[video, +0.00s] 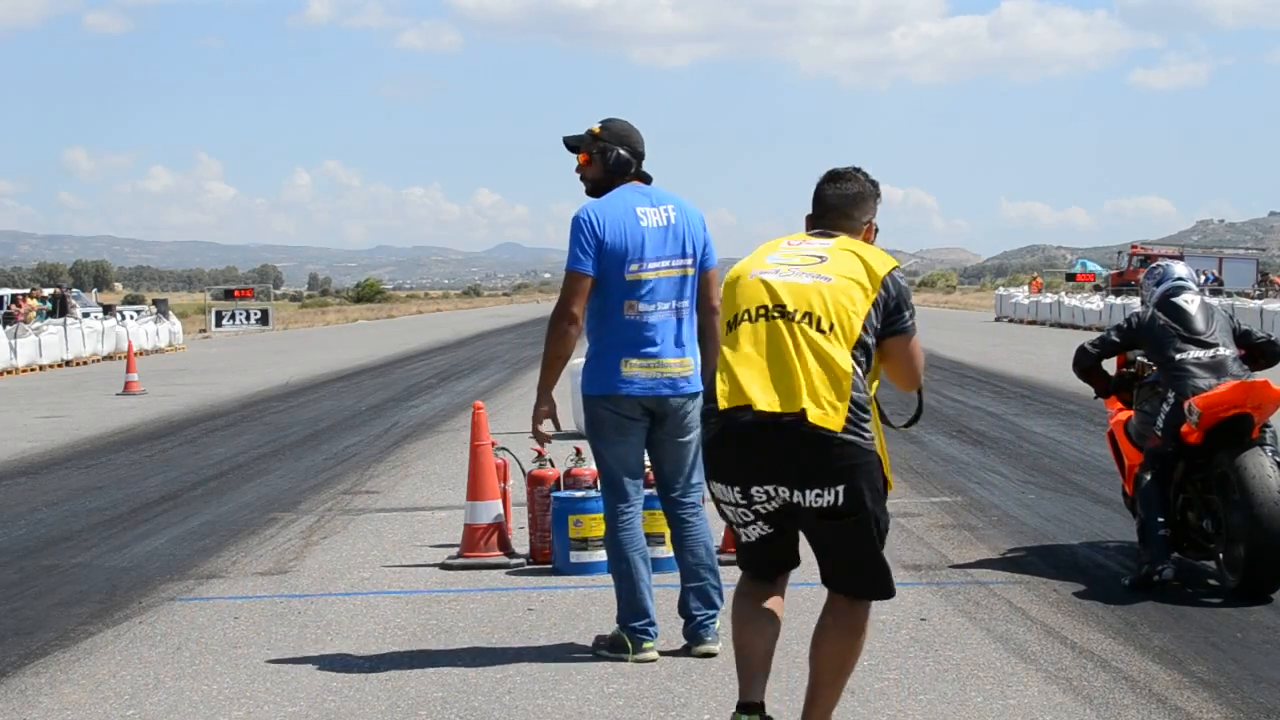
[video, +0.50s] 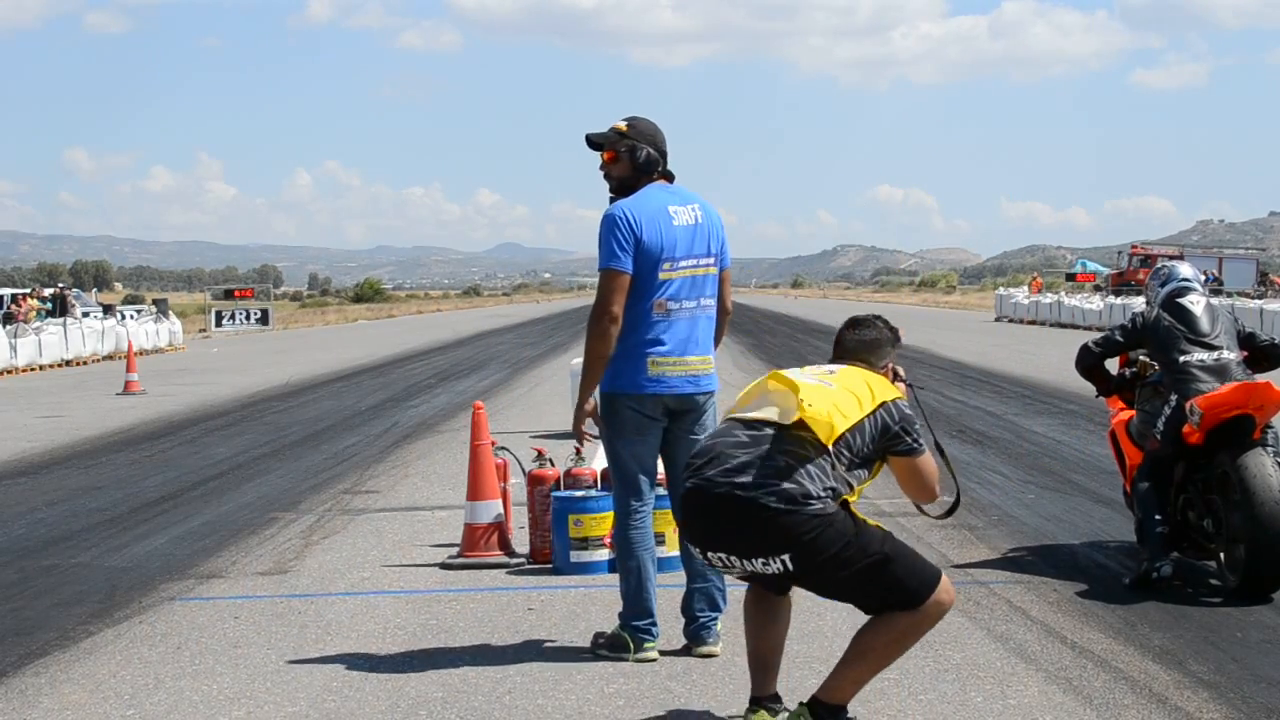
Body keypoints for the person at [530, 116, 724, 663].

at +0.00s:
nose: (578, 169)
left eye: (585, 159)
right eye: (579, 159)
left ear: (610, 161)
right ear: (635, 163)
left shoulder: (594, 218)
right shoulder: (690, 215)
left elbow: (570, 317)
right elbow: (711, 308)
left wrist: (545, 391)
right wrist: (709, 379)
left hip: (614, 386)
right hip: (682, 382)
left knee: (623, 508)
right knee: (688, 500)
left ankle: (638, 633)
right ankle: (704, 626)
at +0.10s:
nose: (583, 167)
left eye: (591, 157)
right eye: (584, 157)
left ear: (620, 160)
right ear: (639, 163)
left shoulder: (602, 217)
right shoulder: (692, 213)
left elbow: (579, 313)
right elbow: (714, 305)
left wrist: (548, 384)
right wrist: (707, 373)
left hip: (619, 384)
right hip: (685, 380)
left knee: (625, 505)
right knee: (688, 498)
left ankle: (638, 631)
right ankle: (704, 626)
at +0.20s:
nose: (588, 166)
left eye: (597, 156)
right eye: (589, 157)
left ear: (628, 160)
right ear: (643, 163)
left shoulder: (610, 216)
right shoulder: (696, 214)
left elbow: (587, 314)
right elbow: (718, 305)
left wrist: (556, 382)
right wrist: (712, 371)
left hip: (624, 384)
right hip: (687, 380)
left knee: (628, 505)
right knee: (687, 495)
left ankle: (639, 631)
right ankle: (705, 624)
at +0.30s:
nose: (594, 168)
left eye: (602, 158)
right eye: (594, 158)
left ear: (632, 160)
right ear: (648, 162)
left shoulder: (616, 215)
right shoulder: (700, 213)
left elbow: (596, 313)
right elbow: (720, 306)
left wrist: (568, 381)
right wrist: (707, 367)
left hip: (629, 384)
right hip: (693, 381)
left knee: (631, 509)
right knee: (691, 505)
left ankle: (639, 632)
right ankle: (705, 627)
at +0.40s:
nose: (599, 167)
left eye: (607, 158)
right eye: (599, 158)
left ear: (636, 160)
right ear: (653, 162)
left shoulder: (621, 215)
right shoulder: (704, 214)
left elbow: (604, 315)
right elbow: (721, 305)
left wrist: (578, 385)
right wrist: (699, 361)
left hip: (632, 383)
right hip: (696, 381)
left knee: (633, 508)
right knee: (694, 505)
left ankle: (639, 631)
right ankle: (706, 627)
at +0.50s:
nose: (603, 167)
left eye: (610, 158)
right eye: (603, 157)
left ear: (640, 160)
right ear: (656, 162)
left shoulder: (625, 215)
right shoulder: (708, 214)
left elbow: (610, 314)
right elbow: (724, 307)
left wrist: (588, 391)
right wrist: (700, 359)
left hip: (636, 383)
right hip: (697, 381)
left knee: (634, 507)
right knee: (698, 503)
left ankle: (639, 630)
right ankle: (706, 627)